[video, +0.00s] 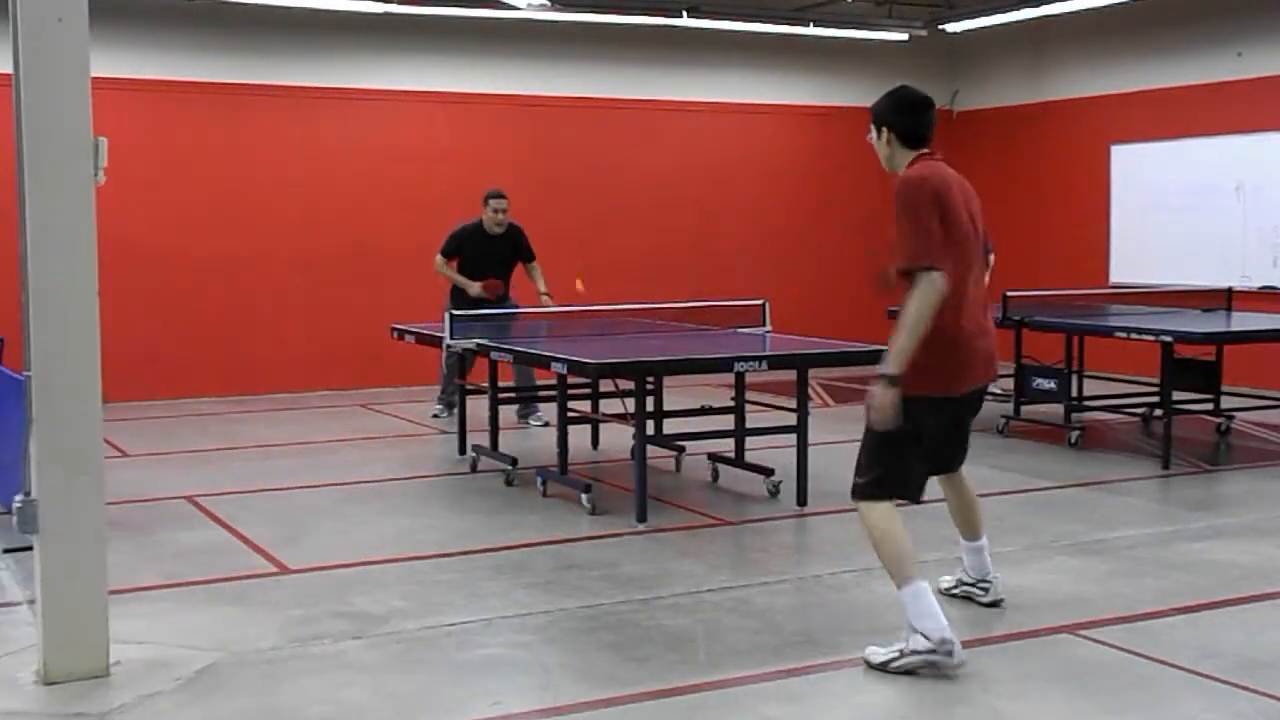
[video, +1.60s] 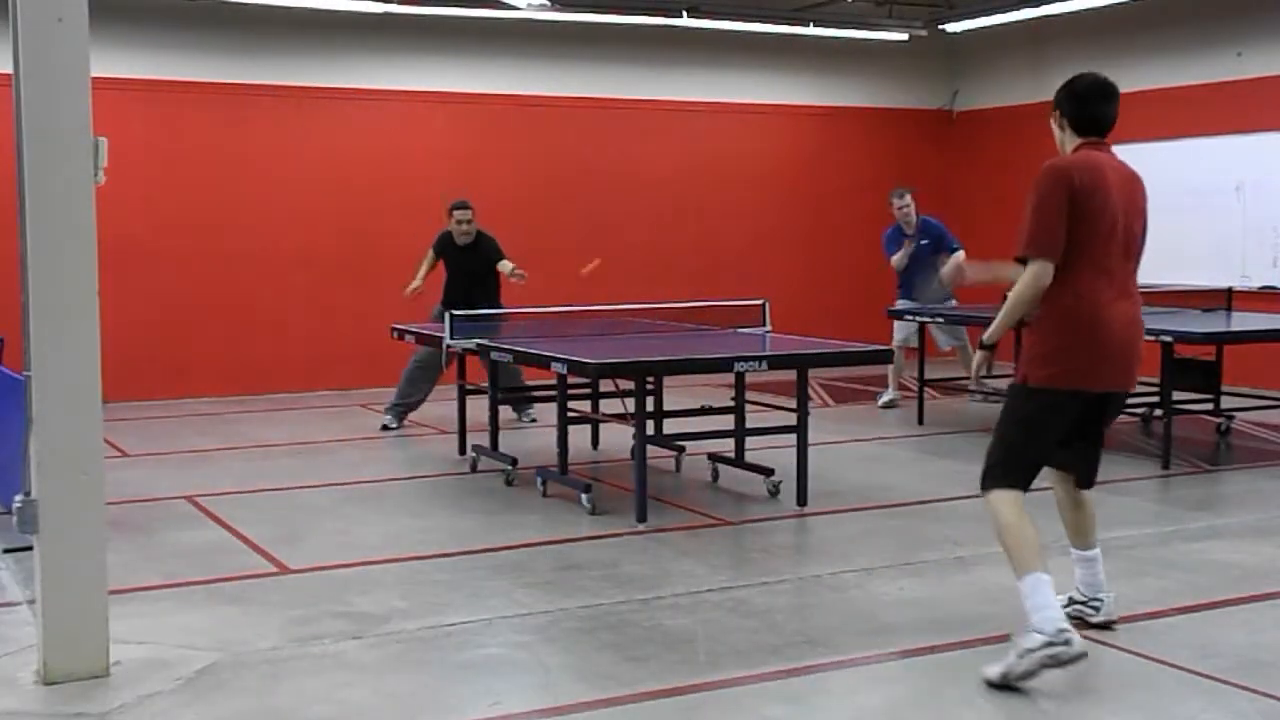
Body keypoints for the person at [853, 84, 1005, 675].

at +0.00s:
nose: (870, 140)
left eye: (871, 131)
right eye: (873, 130)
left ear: (885, 135)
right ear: (926, 134)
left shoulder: (916, 183)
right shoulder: (955, 181)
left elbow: (934, 279)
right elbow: (983, 262)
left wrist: (888, 373)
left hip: (926, 371)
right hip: (969, 366)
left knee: (873, 496)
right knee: (947, 464)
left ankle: (930, 634)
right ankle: (979, 575)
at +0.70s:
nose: (914, 164)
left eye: (916, 156)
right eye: (923, 155)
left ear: (924, 161)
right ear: (977, 161)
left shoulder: (904, 214)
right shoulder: (1010, 222)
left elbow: (868, 303)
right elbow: (1037, 325)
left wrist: (860, 366)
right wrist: (1029, 380)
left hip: (917, 395)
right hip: (997, 393)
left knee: (847, 526)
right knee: (1001, 481)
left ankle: (870, 671)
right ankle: (1051, 608)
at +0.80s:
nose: (951, 165)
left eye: (950, 156)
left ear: (953, 164)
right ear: (1006, 165)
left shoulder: (924, 216)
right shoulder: (1032, 225)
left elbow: (894, 312)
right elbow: (1065, 325)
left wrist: (922, 360)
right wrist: (1072, 390)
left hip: (928, 397)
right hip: (1008, 398)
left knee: (869, 525)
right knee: (1025, 481)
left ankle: (873, 672)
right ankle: (1067, 597)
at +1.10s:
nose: (1021, 163)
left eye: (1021, 154)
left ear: (1027, 158)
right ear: (1079, 164)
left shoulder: (1004, 199)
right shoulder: (1099, 216)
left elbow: (962, 289)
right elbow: (1106, 306)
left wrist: (949, 332)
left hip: (1005, 363)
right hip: (1074, 370)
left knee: (952, 490)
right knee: (1055, 469)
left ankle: (915, 641)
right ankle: (1071, 599)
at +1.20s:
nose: (1029, 151)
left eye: (1030, 142)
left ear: (1036, 144)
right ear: (1087, 150)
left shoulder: (1022, 184)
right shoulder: (1103, 199)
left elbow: (998, 269)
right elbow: (1079, 275)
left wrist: (964, 336)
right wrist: (995, 286)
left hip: (1026, 352)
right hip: (1093, 353)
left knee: (965, 479)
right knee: (1059, 461)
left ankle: (923, 630)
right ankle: (1070, 597)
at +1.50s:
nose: (1048, 121)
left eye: (1049, 113)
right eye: (1052, 114)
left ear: (1056, 116)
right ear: (1107, 119)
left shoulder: (1054, 162)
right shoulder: (1123, 171)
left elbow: (1042, 258)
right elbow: (1040, 238)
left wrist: (995, 331)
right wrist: (958, 227)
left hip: (1055, 342)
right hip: (1113, 344)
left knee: (994, 468)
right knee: (1068, 463)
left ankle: (1016, 620)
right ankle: (1093, 593)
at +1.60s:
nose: (1051, 126)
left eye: (1052, 118)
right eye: (1054, 118)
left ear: (1060, 121)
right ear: (1111, 124)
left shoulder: (1061, 174)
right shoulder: (1130, 180)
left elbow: (1039, 271)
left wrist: (991, 337)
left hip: (1062, 359)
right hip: (1118, 361)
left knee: (1001, 485)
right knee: (1067, 473)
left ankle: (1045, 626)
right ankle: (1092, 594)